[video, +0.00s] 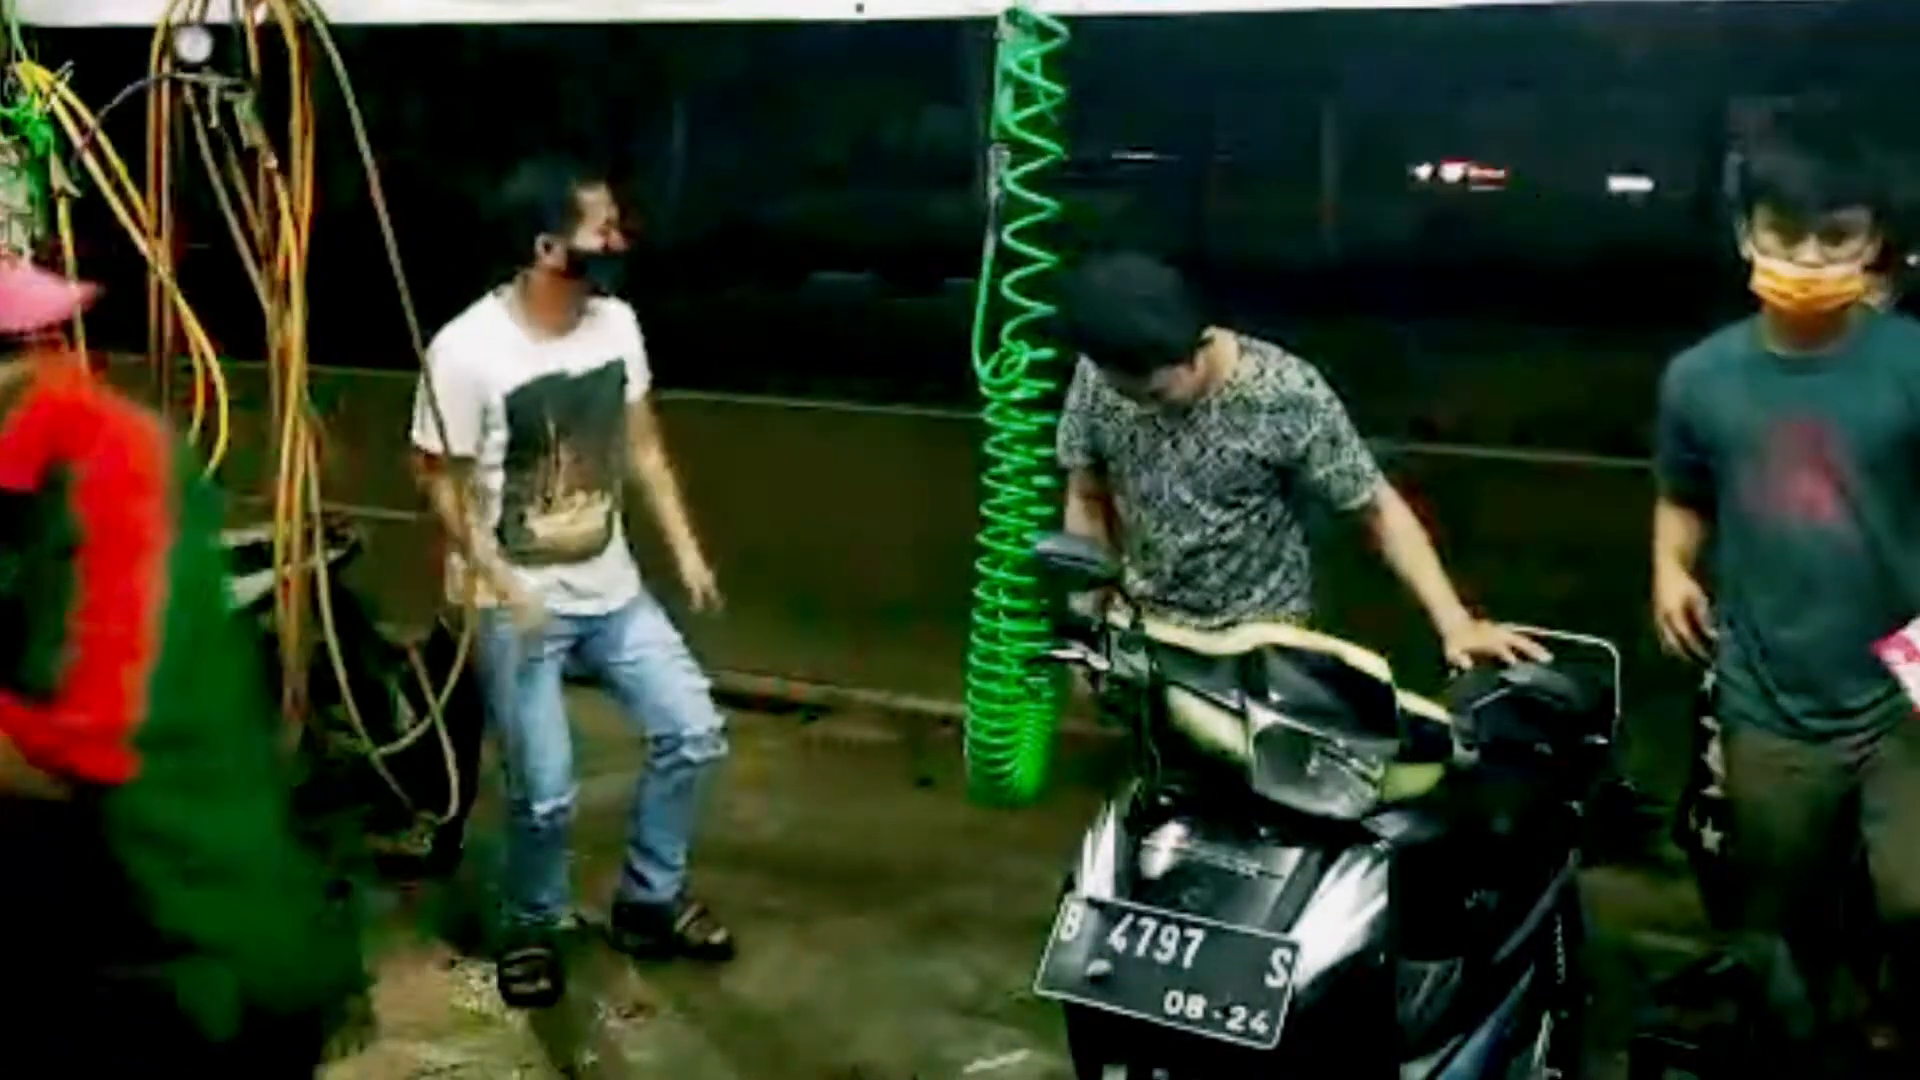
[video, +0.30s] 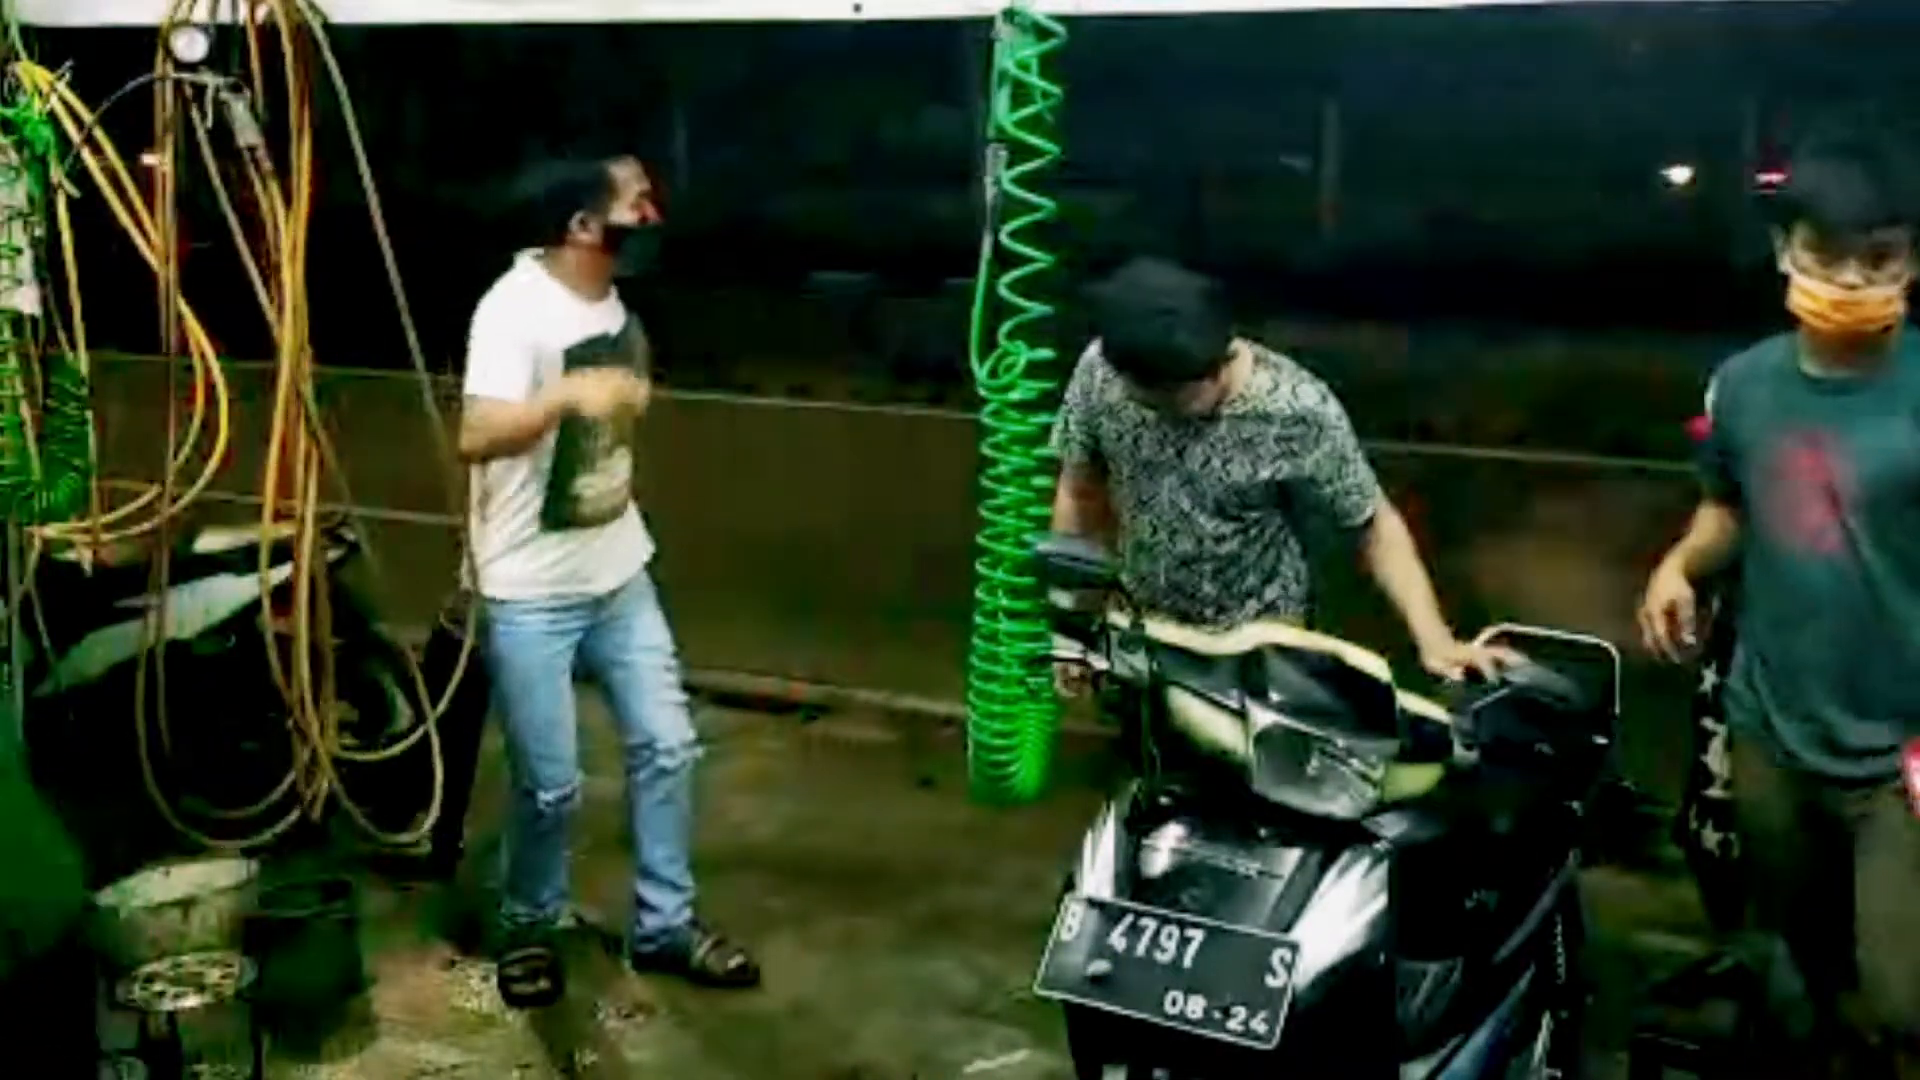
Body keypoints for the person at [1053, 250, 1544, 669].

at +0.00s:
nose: (1147, 401)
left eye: (1154, 386)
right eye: (1127, 389)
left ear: (1189, 348)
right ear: (1106, 366)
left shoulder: (1284, 392)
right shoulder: (1102, 375)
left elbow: (1379, 509)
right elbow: (1085, 500)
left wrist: (1456, 624)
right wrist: (1091, 600)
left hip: (1263, 637)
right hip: (1149, 631)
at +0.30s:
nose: (1169, 407)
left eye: (1178, 393)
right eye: (1155, 393)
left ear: (1213, 364)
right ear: (1132, 372)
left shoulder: (1300, 412)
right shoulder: (1103, 375)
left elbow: (1373, 526)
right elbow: (1079, 496)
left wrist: (1437, 645)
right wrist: (1070, 624)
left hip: (1260, 657)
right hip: (1145, 648)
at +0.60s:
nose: (1188, 404)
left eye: (1199, 389)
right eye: (1172, 391)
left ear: (1236, 358)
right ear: (1147, 367)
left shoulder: (1314, 414)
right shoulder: (1121, 364)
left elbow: (1379, 536)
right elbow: (1094, 486)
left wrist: (1431, 656)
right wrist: (1076, 621)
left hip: (1254, 658)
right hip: (1139, 641)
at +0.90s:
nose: (1196, 387)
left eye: (1210, 371)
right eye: (1181, 371)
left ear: (1248, 345)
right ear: (1157, 352)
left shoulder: (1323, 408)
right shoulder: (1128, 358)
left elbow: (1382, 528)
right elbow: (1095, 482)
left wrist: (1433, 653)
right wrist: (1074, 616)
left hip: (1250, 669)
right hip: (1133, 654)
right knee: (1115, 856)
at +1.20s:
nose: (1194, 404)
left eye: (1209, 391)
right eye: (1180, 390)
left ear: (1248, 358)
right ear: (1154, 360)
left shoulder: (1321, 411)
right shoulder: (1131, 364)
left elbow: (1388, 535)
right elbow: (1096, 489)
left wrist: (1414, 659)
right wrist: (1074, 618)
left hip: (1249, 666)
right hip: (1132, 646)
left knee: (1237, 840)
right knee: (1070, 811)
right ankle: (1036, 989)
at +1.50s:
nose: (1178, 429)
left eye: (1187, 415)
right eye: (1161, 414)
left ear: (1222, 384)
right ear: (1138, 388)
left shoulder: (1315, 423)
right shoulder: (1132, 384)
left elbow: (1393, 546)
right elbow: (1110, 477)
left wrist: (1414, 670)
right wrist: (1085, 589)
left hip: (1252, 659)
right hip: (1138, 634)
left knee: (1251, 826)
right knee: (1056, 797)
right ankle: (1001, 948)